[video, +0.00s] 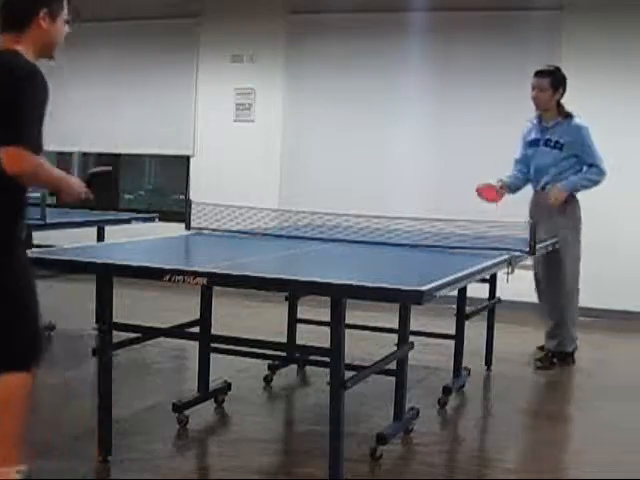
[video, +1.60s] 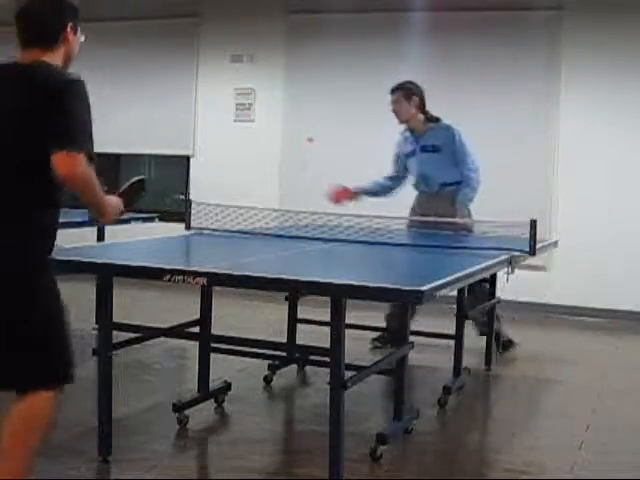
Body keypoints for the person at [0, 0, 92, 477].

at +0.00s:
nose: (65, 32)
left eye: (66, 22)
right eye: (63, 20)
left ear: (28, 19)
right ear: (42, 19)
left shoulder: (8, 69)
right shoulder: (23, 75)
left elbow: (16, 155)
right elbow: (15, 156)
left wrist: (56, 178)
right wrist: (63, 181)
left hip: (6, 243)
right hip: (3, 245)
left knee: (16, 346)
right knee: (17, 349)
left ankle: (10, 463)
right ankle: (9, 465)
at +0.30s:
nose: (46, 58)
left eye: (48, 48)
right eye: (44, 47)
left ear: (16, 44)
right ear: (19, 43)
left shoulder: (8, 101)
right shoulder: (11, 105)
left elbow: (51, 190)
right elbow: (54, 194)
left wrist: (123, 214)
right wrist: (127, 216)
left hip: (2, 258)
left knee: (26, 356)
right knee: (27, 359)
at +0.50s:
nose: (67, 51)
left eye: (69, 41)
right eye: (65, 41)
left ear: (15, 39)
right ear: (40, 41)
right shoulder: (52, 102)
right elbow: (126, 158)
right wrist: (190, 187)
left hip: (5, 253)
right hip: (3, 254)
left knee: (24, 360)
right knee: (30, 364)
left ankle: (11, 468)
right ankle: (11, 472)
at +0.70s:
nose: (81, 36)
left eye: (81, 25)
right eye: (79, 25)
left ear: (22, 25)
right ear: (59, 29)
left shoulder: (4, 70)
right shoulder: (73, 92)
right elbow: (110, 161)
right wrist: (137, 158)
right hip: (22, 255)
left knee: (21, 374)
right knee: (31, 379)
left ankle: (14, 467)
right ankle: (15, 473)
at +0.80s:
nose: (76, 33)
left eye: (77, 23)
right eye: (75, 22)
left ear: (22, 19)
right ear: (59, 23)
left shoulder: (2, 66)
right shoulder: (73, 89)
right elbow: (81, 173)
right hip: (26, 247)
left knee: (21, 367)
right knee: (28, 372)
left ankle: (15, 465)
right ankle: (17, 471)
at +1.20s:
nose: (70, 25)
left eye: (70, 17)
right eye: (70, 16)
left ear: (10, 15)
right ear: (58, 15)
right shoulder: (60, 71)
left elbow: (108, 133)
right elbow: (109, 133)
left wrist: (105, 195)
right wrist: (110, 195)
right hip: (18, 236)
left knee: (34, 359)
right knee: (36, 363)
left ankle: (13, 465)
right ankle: (13, 468)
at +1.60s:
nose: (80, 43)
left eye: (78, 34)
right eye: (79, 34)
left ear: (23, 34)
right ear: (68, 35)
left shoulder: (3, 78)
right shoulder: (62, 86)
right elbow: (69, 164)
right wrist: (104, 205)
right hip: (19, 258)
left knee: (28, 373)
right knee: (45, 380)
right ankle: (10, 471)